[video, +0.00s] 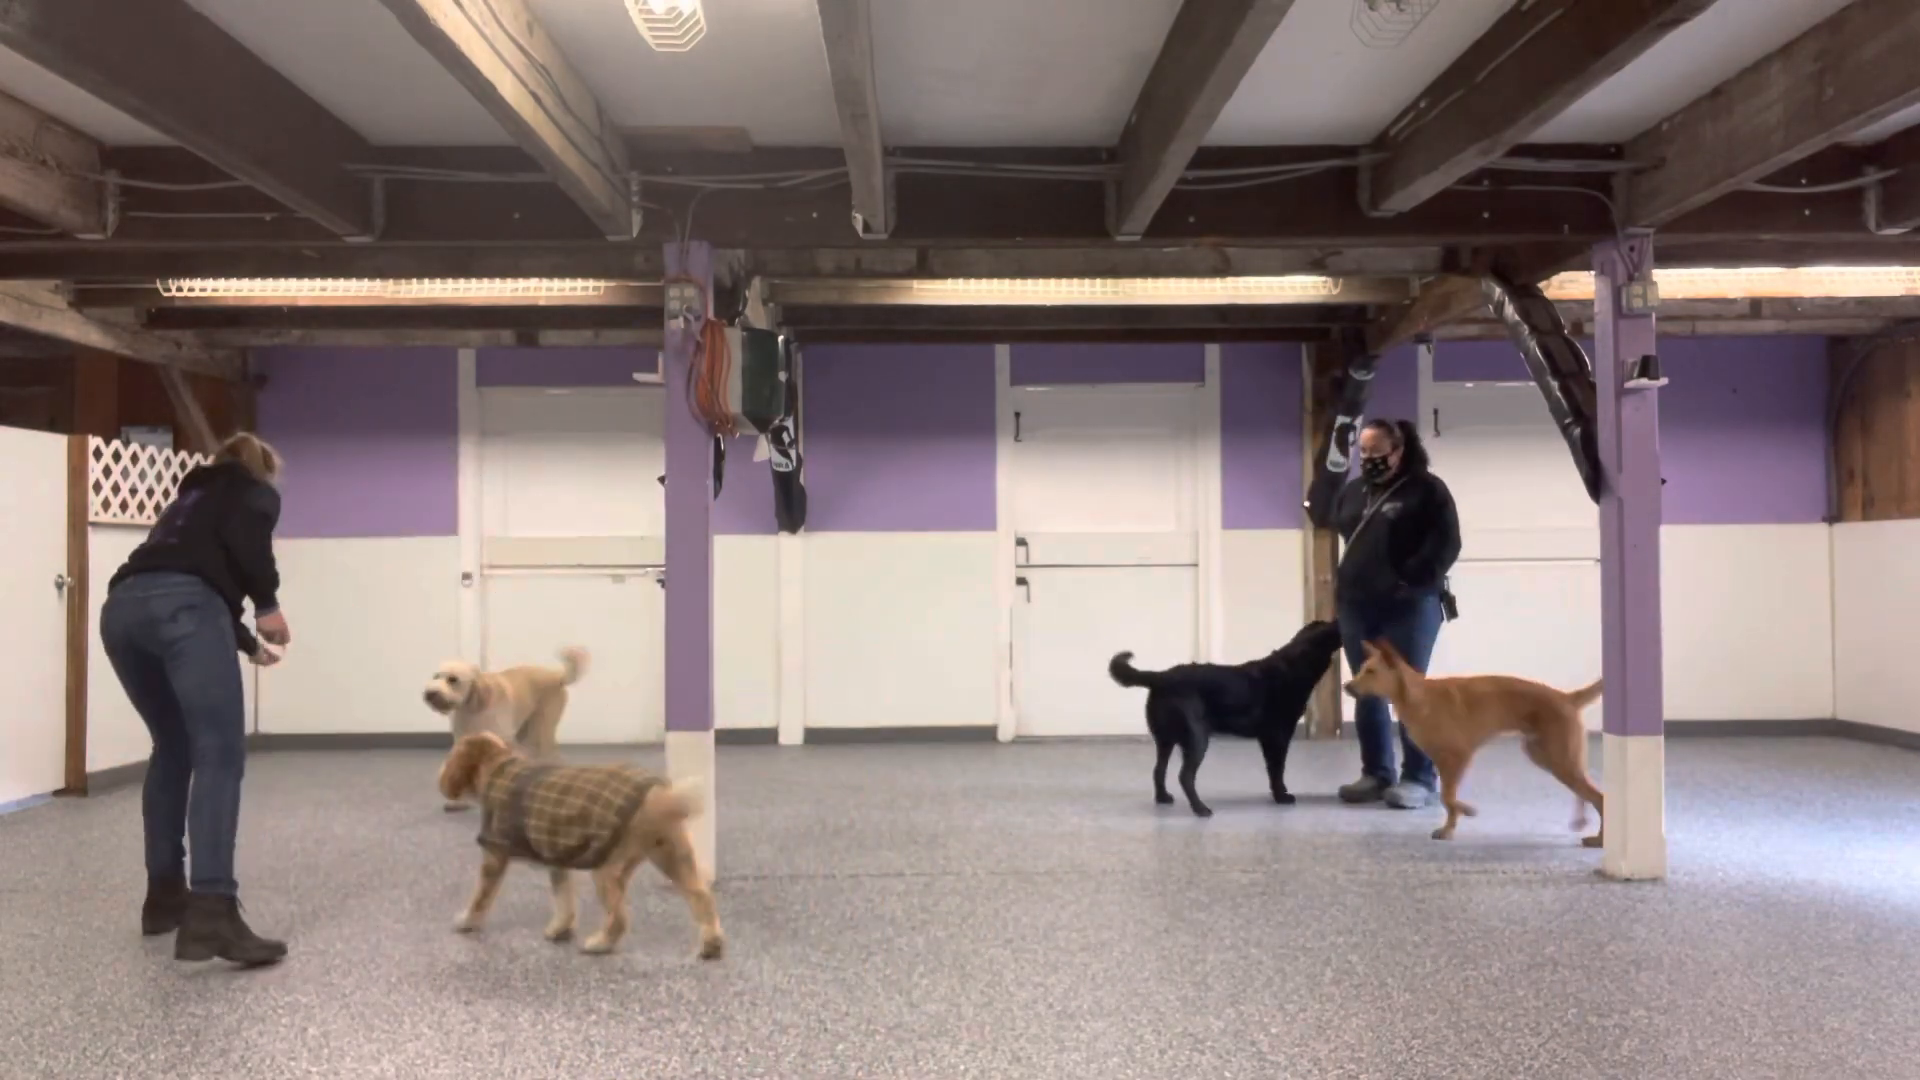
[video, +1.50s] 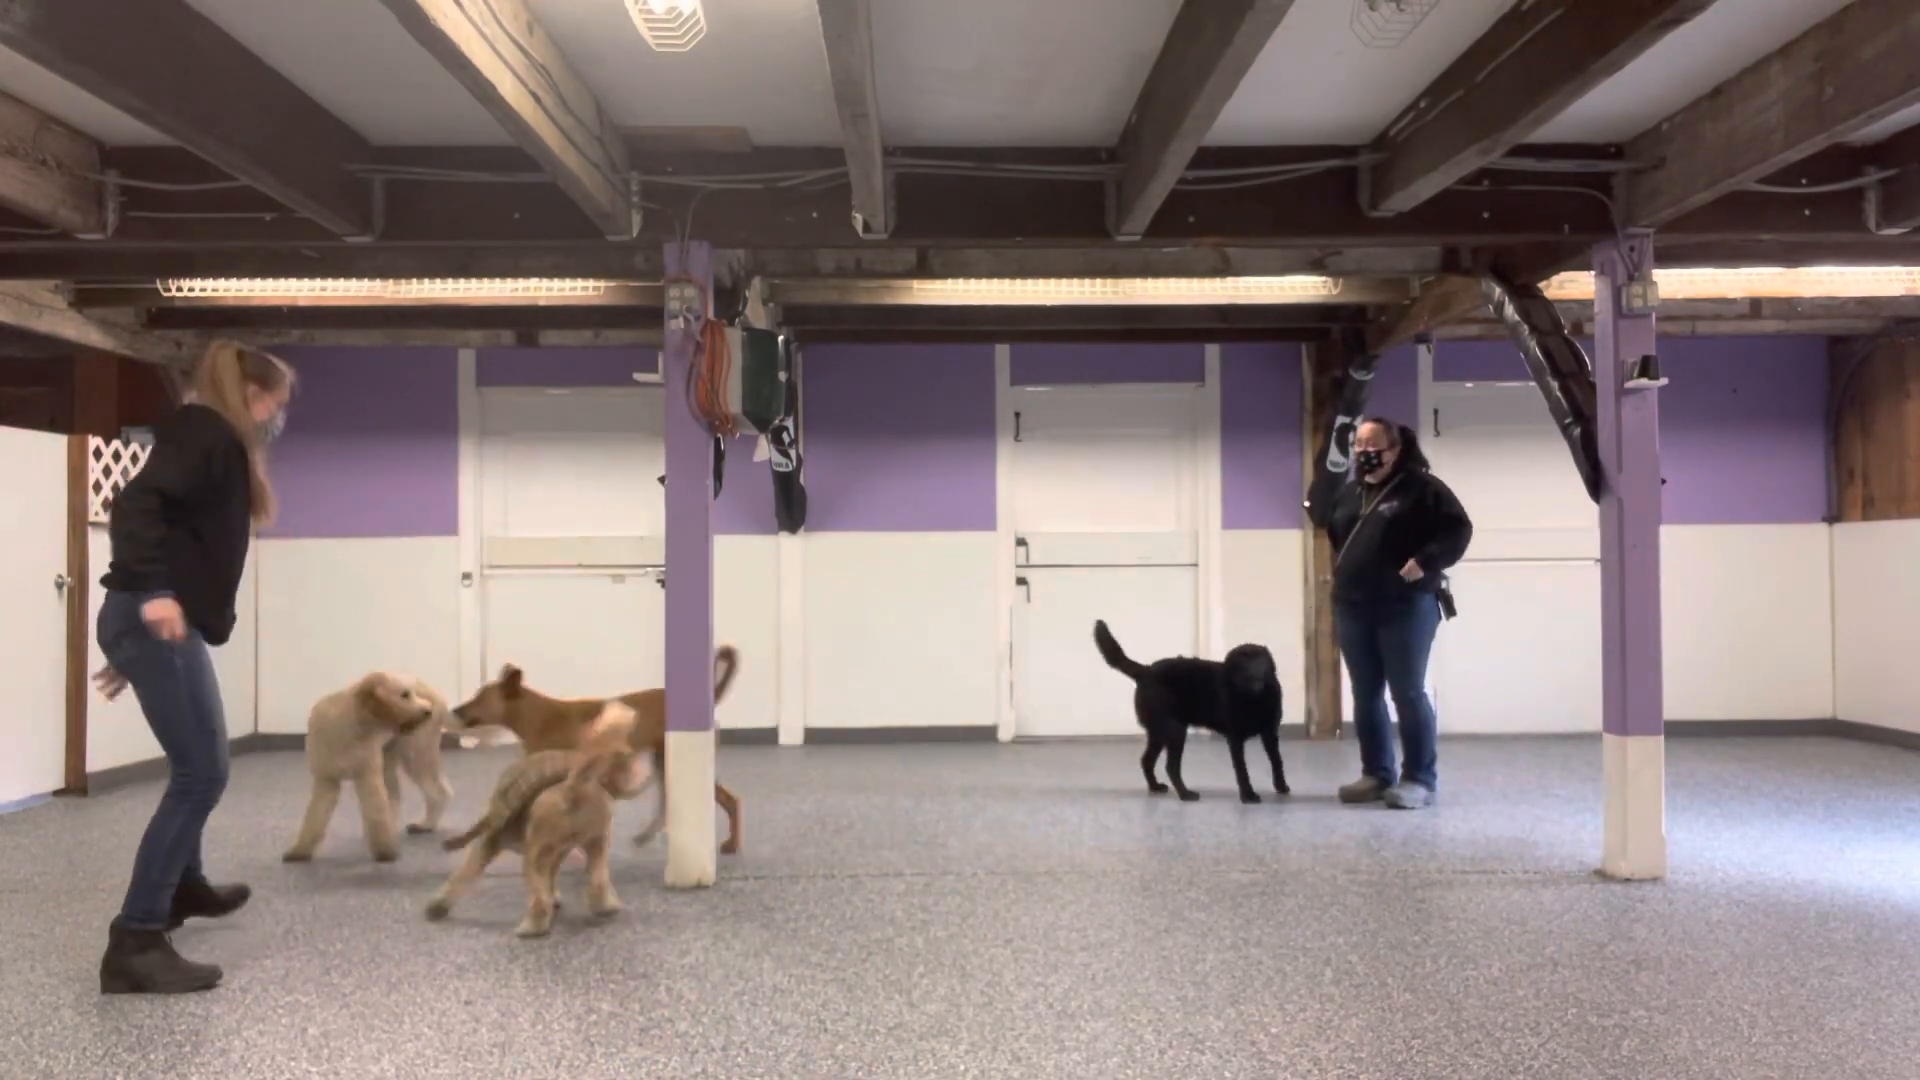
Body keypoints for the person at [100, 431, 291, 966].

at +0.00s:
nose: (275, 483)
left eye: (276, 475)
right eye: (274, 475)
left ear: (222, 463)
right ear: (265, 469)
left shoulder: (192, 493)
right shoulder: (257, 489)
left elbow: (200, 573)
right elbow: (248, 539)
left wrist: (244, 640)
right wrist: (269, 606)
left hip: (121, 606)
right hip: (187, 601)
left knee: (171, 747)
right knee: (220, 752)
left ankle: (164, 893)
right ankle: (211, 910)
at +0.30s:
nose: (270, 515)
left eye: (271, 509)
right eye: (269, 507)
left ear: (222, 489)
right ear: (257, 494)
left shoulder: (193, 525)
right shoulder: (242, 501)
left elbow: (219, 619)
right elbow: (231, 525)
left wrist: (268, 671)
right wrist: (248, 593)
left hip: (107, 611)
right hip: (167, 598)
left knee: (171, 748)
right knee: (200, 750)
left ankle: (165, 895)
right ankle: (200, 901)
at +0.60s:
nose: (268, 528)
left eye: (269, 522)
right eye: (269, 519)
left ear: (232, 493)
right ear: (261, 504)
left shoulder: (201, 533)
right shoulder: (244, 503)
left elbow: (225, 628)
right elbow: (231, 525)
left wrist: (270, 684)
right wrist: (250, 593)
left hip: (108, 610)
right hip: (165, 594)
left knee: (174, 748)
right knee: (198, 748)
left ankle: (165, 895)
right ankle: (198, 900)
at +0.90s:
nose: (282, 509)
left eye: (283, 501)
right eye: (280, 498)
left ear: (231, 480)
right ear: (261, 485)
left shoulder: (199, 511)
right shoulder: (244, 497)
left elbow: (210, 614)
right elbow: (235, 526)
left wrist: (254, 670)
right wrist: (259, 592)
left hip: (110, 608)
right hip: (166, 597)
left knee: (176, 746)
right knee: (198, 749)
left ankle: (166, 897)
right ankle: (191, 908)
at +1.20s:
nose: (278, 477)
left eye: (281, 469)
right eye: (277, 467)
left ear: (227, 449)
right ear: (257, 453)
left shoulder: (194, 481)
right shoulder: (238, 473)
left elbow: (188, 570)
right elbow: (216, 526)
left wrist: (210, 644)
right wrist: (251, 591)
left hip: (115, 606)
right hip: (160, 602)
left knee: (185, 751)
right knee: (192, 755)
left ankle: (165, 895)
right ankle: (158, 923)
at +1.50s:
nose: (274, 419)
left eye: (279, 409)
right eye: (272, 406)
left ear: (251, 395)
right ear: (246, 390)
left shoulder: (226, 445)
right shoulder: (203, 431)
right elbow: (137, 508)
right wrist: (155, 592)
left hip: (167, 616)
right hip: (151, 616)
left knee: (206, 761)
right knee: (199, 773)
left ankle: (183, 888)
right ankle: (135, 944)